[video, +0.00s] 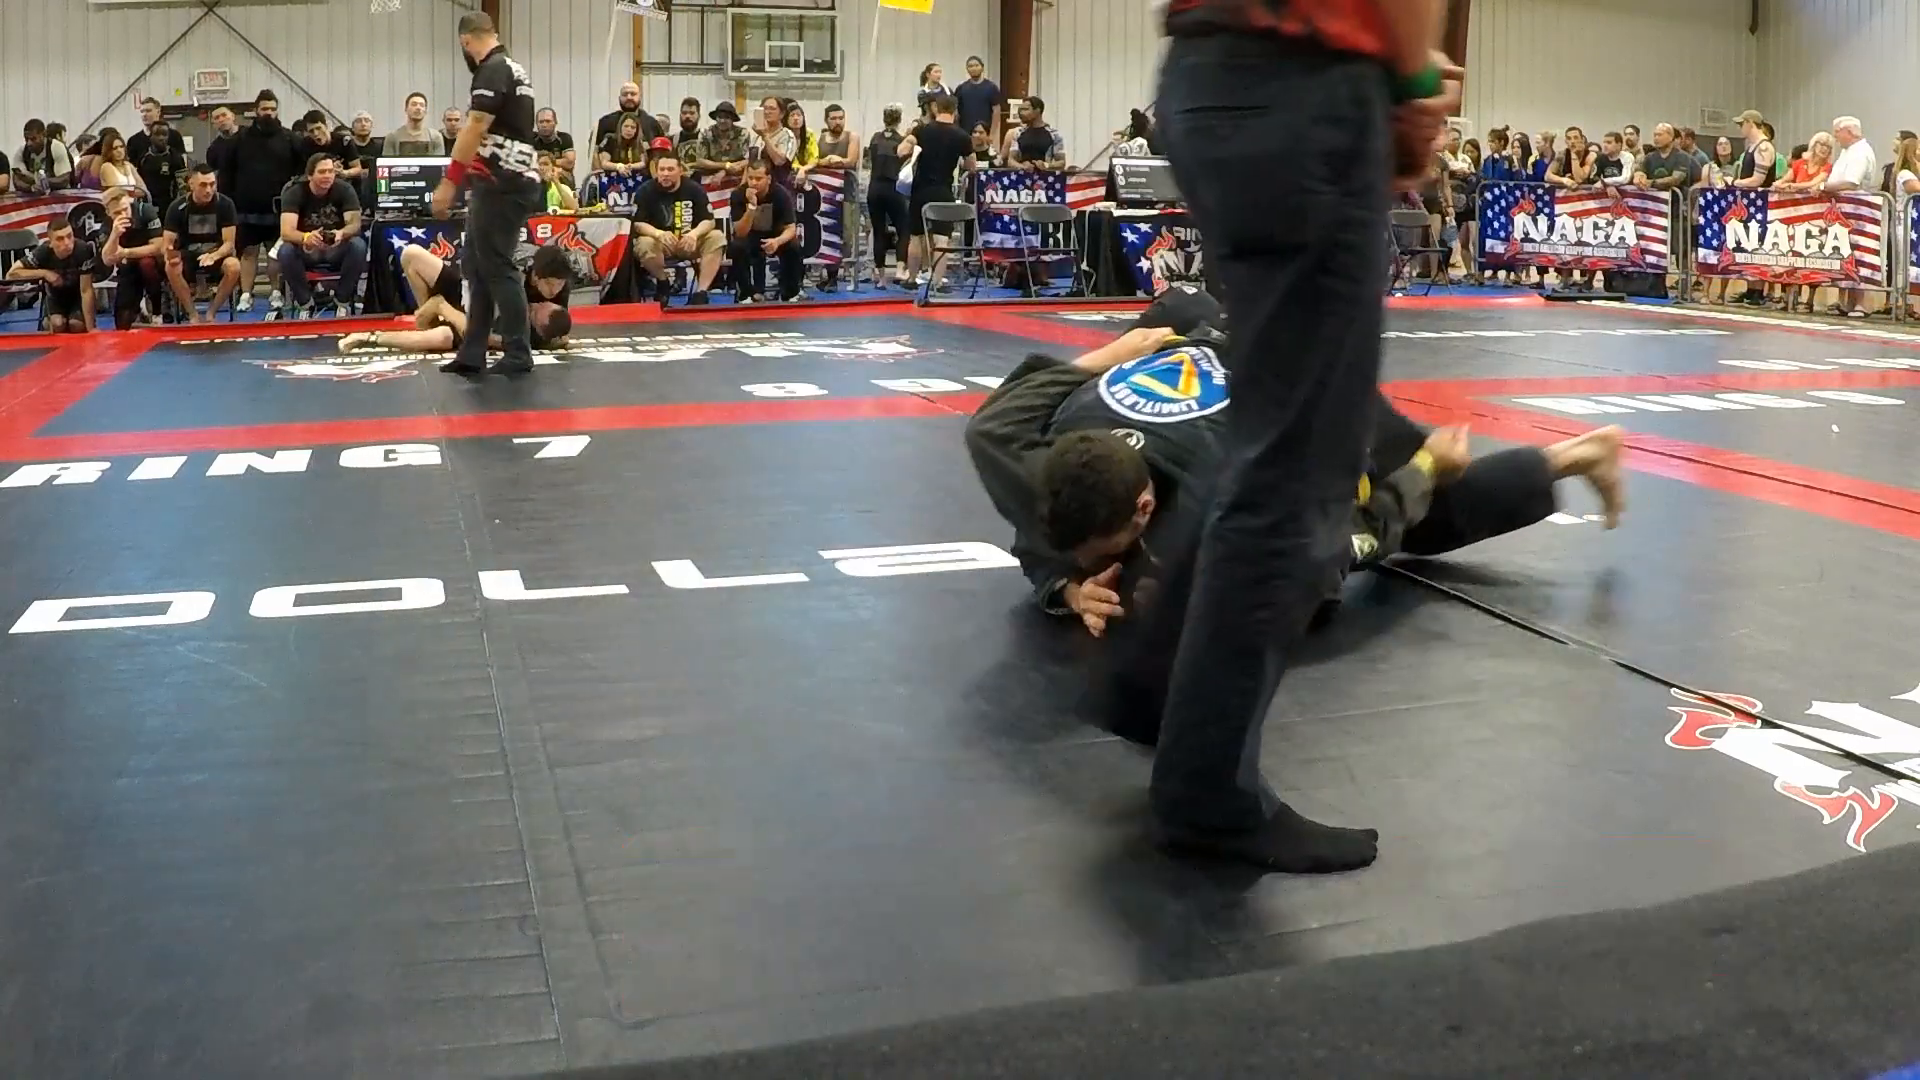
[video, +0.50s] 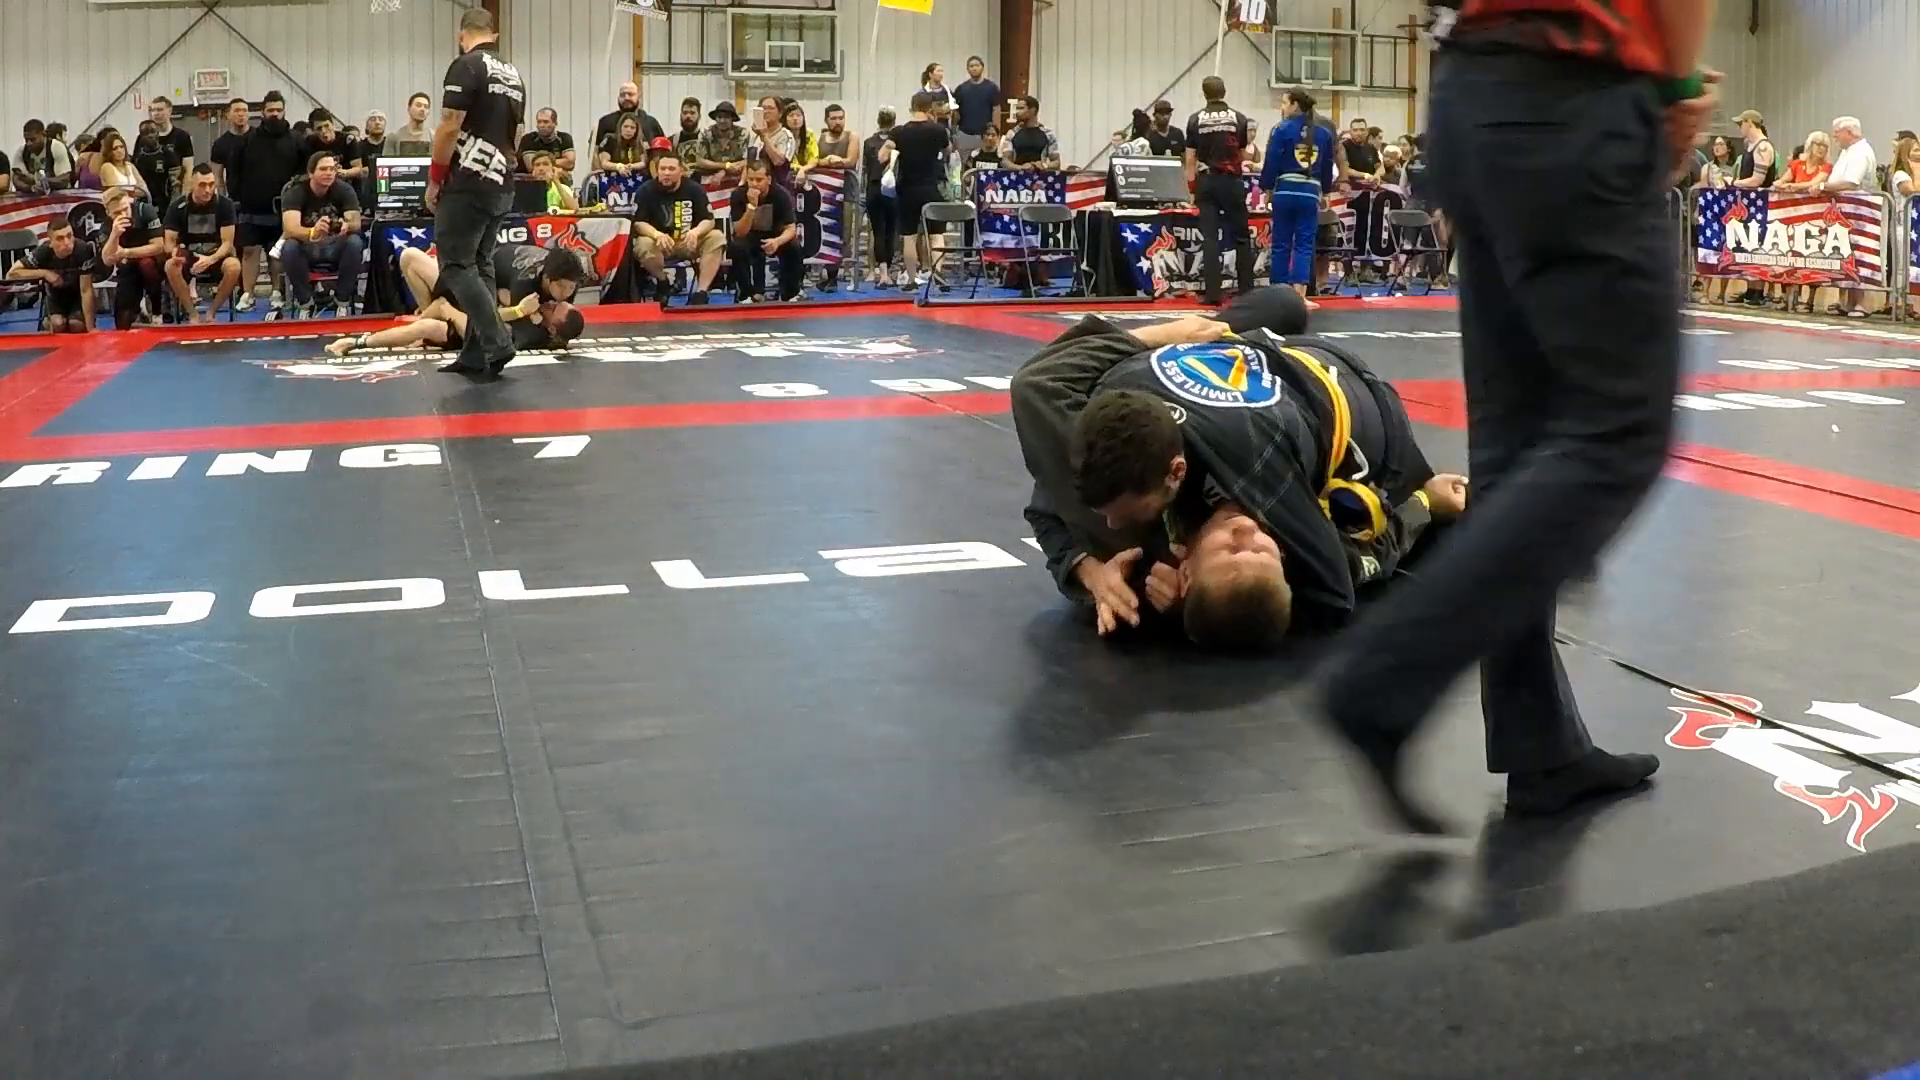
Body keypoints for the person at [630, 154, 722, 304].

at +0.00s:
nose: (665, 174)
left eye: (670, 169)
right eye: (661, 169)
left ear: (680, 171)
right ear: (656, 172)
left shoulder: (693, 189)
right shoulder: (646, 191)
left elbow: (708, 220)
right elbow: (638, 223)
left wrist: (694, 234)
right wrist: (659, 234)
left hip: (689, 242)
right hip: (661, 243)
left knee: (717, 237)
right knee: (644, 244)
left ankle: (701, 292)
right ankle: (662, 281)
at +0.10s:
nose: (665, 173)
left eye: (670, 169)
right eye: (661, 169)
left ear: (680, 171)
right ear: (656, 171)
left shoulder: (693, 188)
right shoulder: (647, 190)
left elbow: (708, 220)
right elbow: (638, 223)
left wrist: (694, 233)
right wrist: (659, 234)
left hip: (689, 242)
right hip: (661, 242)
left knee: (716, 237)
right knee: (644, 244)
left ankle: (701, 292)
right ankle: (662, 281)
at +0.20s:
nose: (666, 174)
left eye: (670, 170)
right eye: (662, 170)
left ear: (680, 171)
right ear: (656, 171)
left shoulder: (693, 188)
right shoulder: (646, 190)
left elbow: (708, 220)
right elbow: (638, 223)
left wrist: (695, 232)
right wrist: (658, 234)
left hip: (688, 242)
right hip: (660, 243)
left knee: (716, 237)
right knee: (644, 244)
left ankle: (701, 292)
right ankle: (662, 280)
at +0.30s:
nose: (666, 174)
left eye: (671, 169)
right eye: (662, 169)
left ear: (680, 171)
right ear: (656, 171)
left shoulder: (693, 188)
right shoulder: (646, 190)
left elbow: (708, 219)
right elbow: (638, 223)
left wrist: (695, 232)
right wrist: (658, 234)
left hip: (688, 242)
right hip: (659, 243)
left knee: (716, 237)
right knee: (644, 244)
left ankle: (701, 292)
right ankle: (662, 281)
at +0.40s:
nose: (666, 174)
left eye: (671, 169)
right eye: (662, 169)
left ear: (681, 171)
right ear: (657, 171)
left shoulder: (693, 188)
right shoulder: (646, 190)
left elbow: (708, 219)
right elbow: (638, 223)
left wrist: (694, 232)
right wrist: (658, 234)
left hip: (688, 242)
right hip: (659, 243)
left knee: (716, 237)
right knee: (644, 244)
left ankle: (701, 292)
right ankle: (662, 281)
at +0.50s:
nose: (666, 173)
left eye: (671, 169)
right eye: (663, 169)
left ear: (681, 171)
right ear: (657, 171)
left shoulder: (694, 189)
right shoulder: (646, 190)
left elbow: (708, 220)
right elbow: (639, 222)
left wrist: (695, 233)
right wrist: (657, 235)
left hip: (688, 243)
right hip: (659, 244)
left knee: (716, 237)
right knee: (644, 244)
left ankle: (701, 292)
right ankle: (662, 281)